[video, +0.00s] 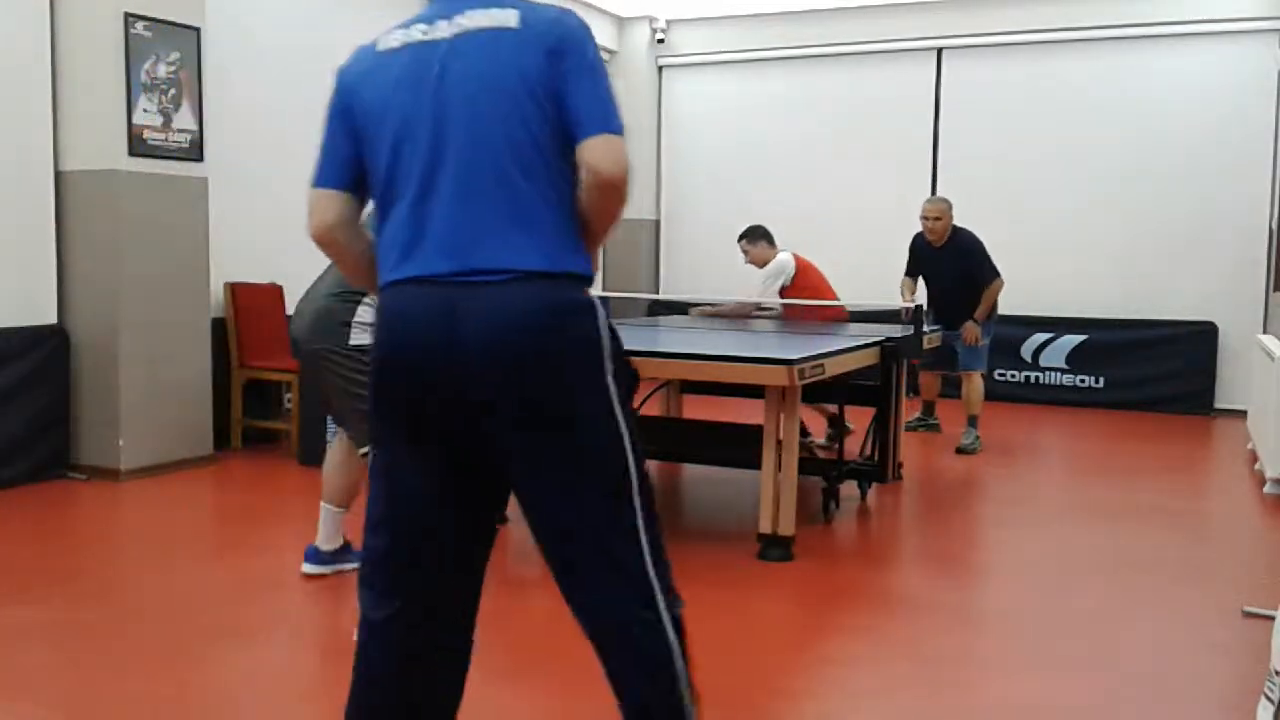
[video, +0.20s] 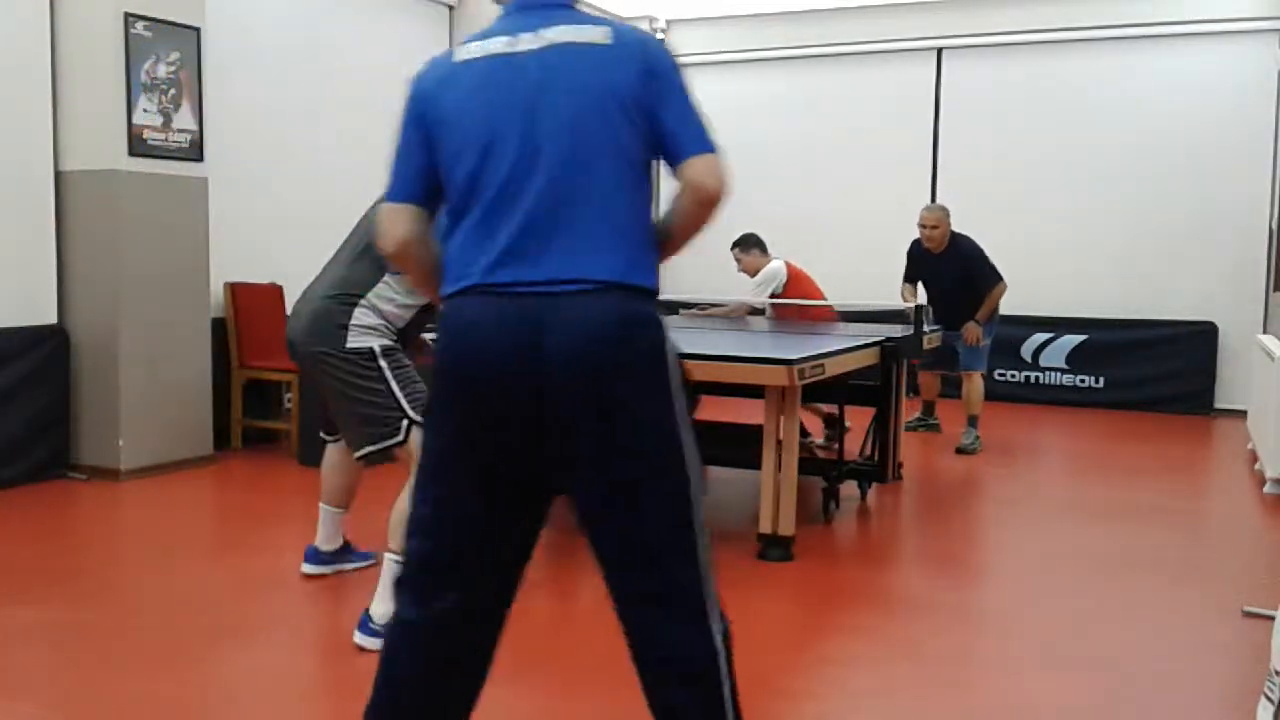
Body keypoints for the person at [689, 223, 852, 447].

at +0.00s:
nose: (746, 260)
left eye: (746, 252)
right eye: (744, 254)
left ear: (763, 245)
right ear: (766, 245)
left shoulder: (782, 262)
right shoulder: (786, 261)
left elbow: (749, 308)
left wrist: (709, 311)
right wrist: (723, 310)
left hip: (827, 330)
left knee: (779, 378)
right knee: (790, 377)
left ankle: (799, 433)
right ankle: (834, 420)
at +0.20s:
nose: (739, 269)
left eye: (739, 261)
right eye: (737, 263)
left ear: (755, 253)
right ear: (757, 253)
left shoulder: (775, 269)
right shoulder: (777, 269)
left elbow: (743, 308)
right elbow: (753, 309)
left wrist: (704, 313)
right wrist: (714, 311)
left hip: (818, 337)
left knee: (779, 386)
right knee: (783, 386)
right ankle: (829, 419)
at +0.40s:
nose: (731, 267)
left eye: (732, 260)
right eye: (730, 261)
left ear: (749, 254)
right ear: (753, 254)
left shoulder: (769, 268)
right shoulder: (770, 268)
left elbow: (740, 310)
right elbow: (744, 310)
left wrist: (709, 313)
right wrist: (714, 310)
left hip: (815, 334)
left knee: (781, 384)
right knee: (779, 381)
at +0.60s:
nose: (732, 251)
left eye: (734, 244)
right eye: (731, 245)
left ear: (751, 239)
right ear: (755, 240)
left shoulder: (766, 258)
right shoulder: (772, 256)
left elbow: (741, 302)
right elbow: (746, 301)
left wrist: (697, 311)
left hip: (809, 322)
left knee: (772, 368)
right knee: (771, 364)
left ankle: (805, 420)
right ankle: (806, 418)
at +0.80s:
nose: (745, 219)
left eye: (747, 212)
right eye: (744, 213)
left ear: (764, 209)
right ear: (768, 211)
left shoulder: (773, 227)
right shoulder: (784, 232)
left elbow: (741, 249)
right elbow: (782, 281)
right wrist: (753, 271)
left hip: (804, 314)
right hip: (808, 312)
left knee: (781, 376)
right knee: (781, 375)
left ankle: (801, 435)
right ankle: (799, 434)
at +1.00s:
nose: (752, 198)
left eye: (757, 193)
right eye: (754, 193)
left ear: (774, 196)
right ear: (777, 197)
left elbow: (735, 226)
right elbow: (787, 277)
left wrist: (700, 205)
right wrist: (752, 279)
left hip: (795, 306)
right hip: (805, 304)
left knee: (782, 374)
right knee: (784, 375)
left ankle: (801, 435)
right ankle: (799, 434)